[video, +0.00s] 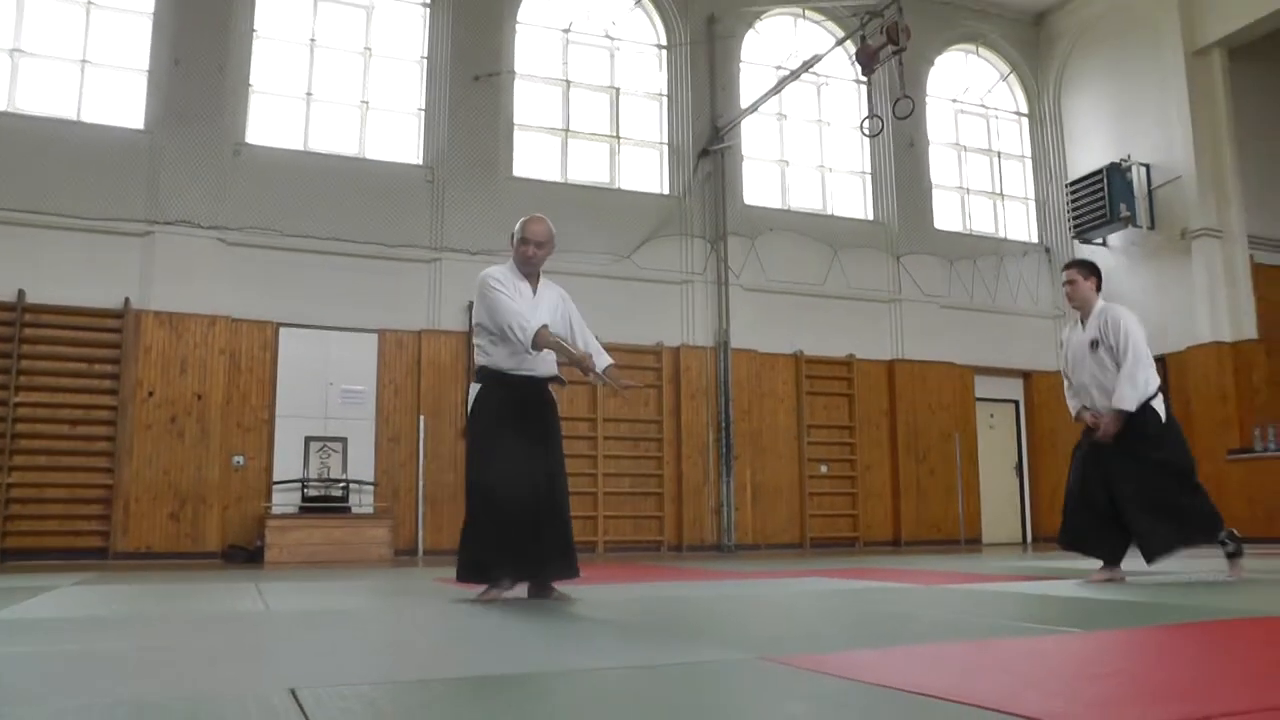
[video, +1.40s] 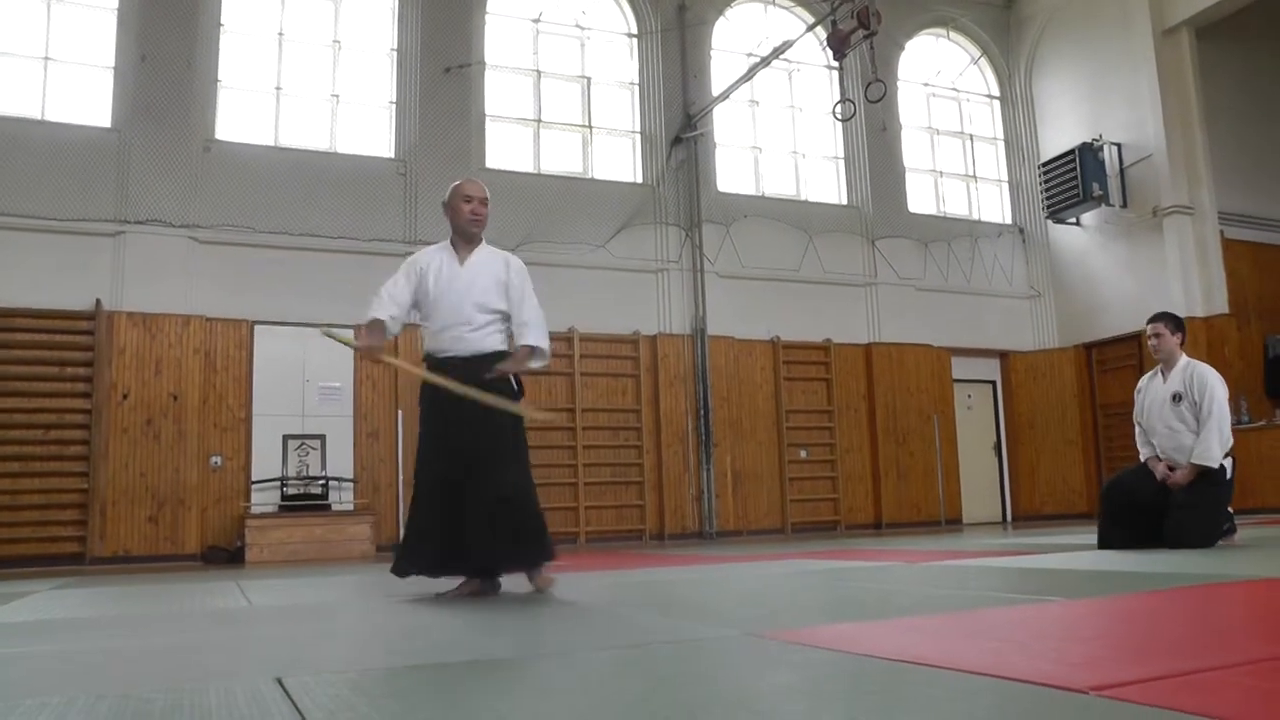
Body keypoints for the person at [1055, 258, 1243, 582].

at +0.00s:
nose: (1066, 289)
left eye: (1071, 283)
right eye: (1064, 285)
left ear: (1093, 284)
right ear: (1067, 291)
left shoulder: (1118, 317)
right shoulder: (1070, 335)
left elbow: (1137, 365)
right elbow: (1070, 383)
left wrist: (1117, 412)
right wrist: (1082, 411)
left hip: (1141, 412)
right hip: (1103, 420)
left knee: (1175, 481)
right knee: (1101, 488)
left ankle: (1225, 539)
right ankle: (1111, 564)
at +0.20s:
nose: (1095, 323)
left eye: (1100, 316)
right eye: (1093, 317)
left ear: (1122, 315)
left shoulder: (1150, 349)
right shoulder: (1099, 365)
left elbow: (1171, 399)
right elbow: (1098, 411)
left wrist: (1153, 447)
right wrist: (1111, 437)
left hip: (1171, 444)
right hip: (1127, 449)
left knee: (1202, 510)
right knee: (1109, 504)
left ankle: (1261, 548)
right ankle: (1126, 569)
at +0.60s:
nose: (1139, 342)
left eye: (1144, 334)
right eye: (1136, 336)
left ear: (1166, 334)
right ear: (1136, 339)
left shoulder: (1193, 372)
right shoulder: (1136, 380)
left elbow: (1203, 429)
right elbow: (1128, 423)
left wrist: (1178, 471)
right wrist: (1139, 446)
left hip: (1195, 468)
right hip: (1152, 465)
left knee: (1199, 555)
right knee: (1110, 470)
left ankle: (1249, 540)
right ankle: (1118, 552)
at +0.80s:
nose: (1147, 330)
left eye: (1153, 323)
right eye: (1145, 324)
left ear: (1174, 323)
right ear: (1143, 327)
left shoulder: (1200, 362)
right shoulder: (1142, 370)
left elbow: (1208, 417)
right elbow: (1133, 412)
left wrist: (1180, 456)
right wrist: (1140, 438)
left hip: (1194, 460)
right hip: (1150, 457)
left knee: (1180, 545)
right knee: (1102, 463)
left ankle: (1235, 529)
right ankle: (1123, 541)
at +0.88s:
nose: (1148, 326)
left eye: (1154, 319)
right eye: (1146, 321)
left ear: (1176, 319)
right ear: (1144, 324)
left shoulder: (1201, 359)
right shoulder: (1142, 366)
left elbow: (1211, 414)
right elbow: (1133, 409)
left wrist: (1182, 452)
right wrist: (1141, 438)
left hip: (1194, 456)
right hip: (1150, 453)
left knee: (1186, 541)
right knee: (1105, 477)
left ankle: (1229, 525)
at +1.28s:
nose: (1150, 336)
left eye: (1156, 329)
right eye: (1147, 331)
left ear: (1176, 331)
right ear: (1145, 335)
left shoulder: (1202, 371)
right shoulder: (1143, 377)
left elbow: (1213, 423)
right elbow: (1139, 423)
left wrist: (1187, 465)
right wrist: (1151, 458)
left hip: (1204, 467)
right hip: (1159, 465)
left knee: (1185, 537)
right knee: (1117, 493)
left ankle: (1225, 518)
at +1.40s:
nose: (1151, 343)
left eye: (1157, 336)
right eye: (1148, 337)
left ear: (1178, 338)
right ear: (1146, 341)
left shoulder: (1203, 376)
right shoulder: (1144, 384)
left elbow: (1216, 430)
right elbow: (1140, 430)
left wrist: (1189, 472)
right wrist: (1154, 463)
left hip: (1205, 473)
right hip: (1160, 470)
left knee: (1182, 539)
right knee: (1116, 494)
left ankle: (1223, 521)